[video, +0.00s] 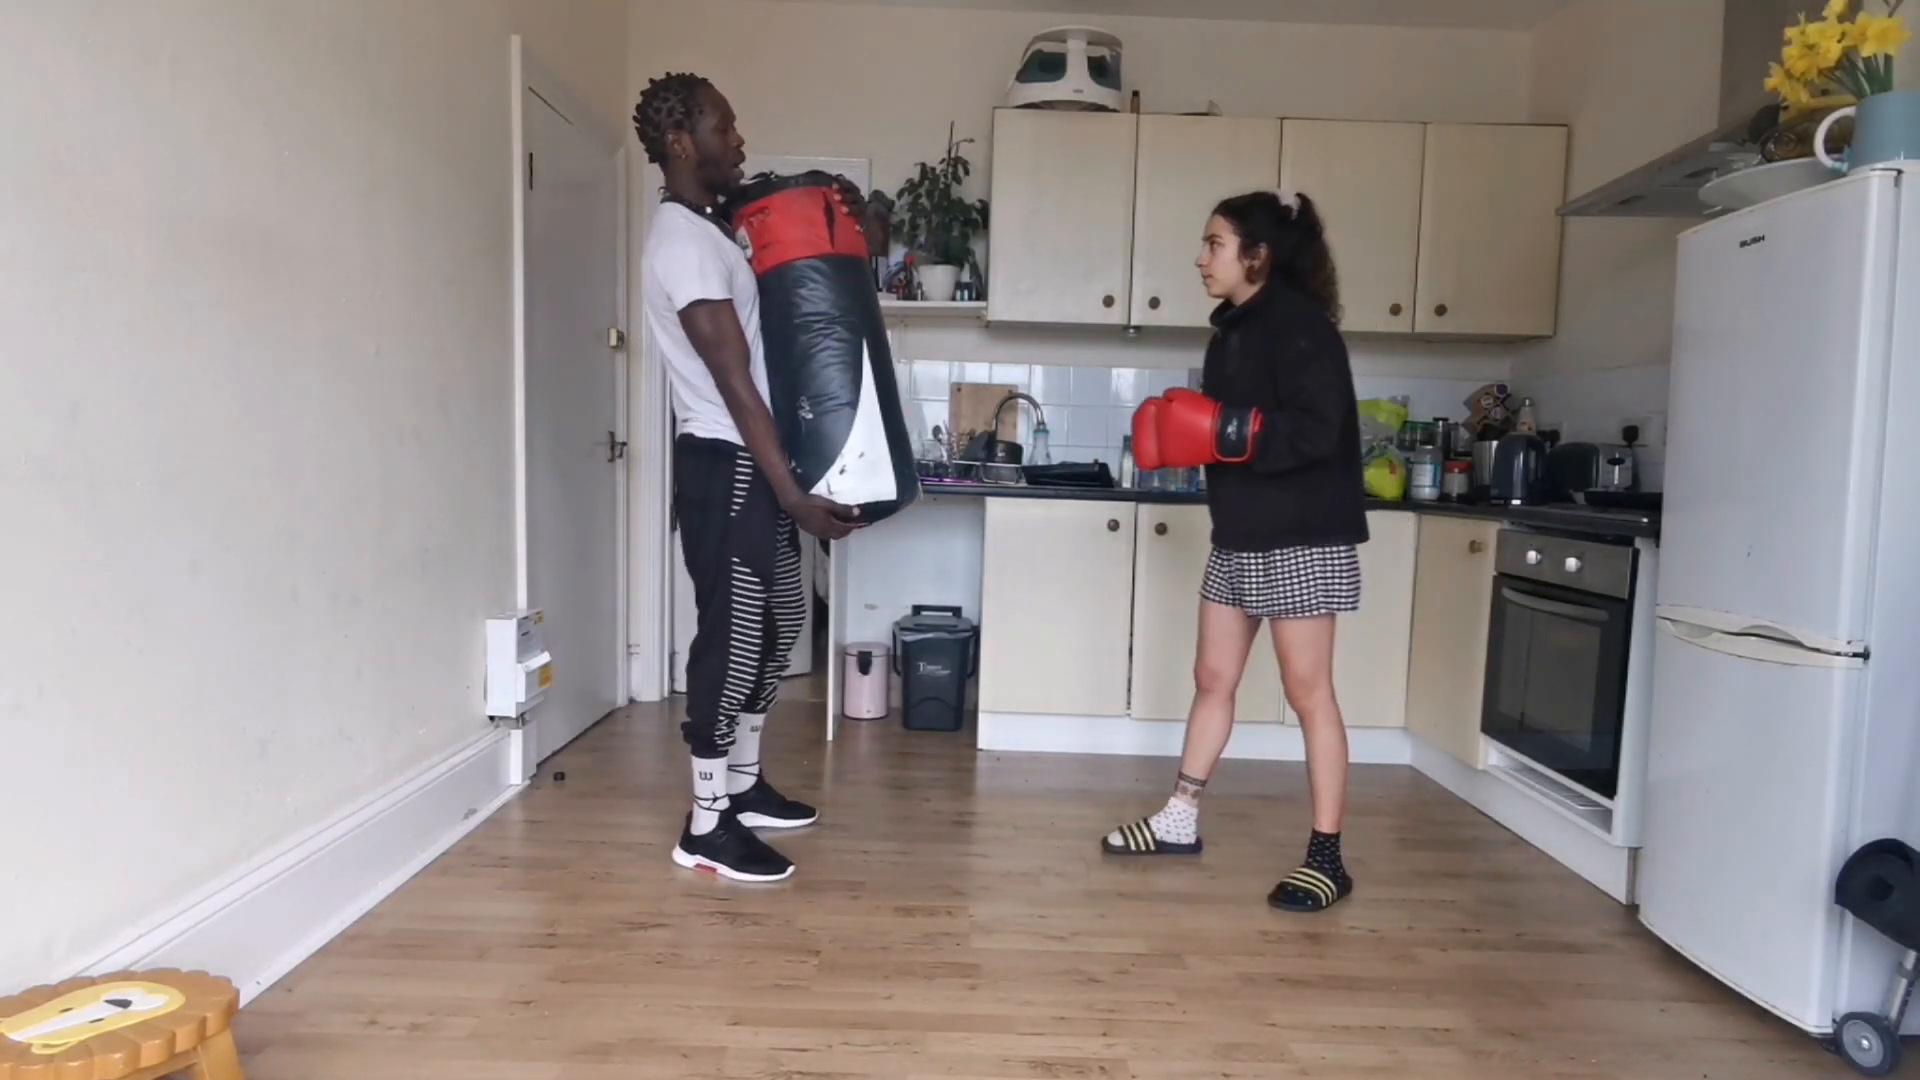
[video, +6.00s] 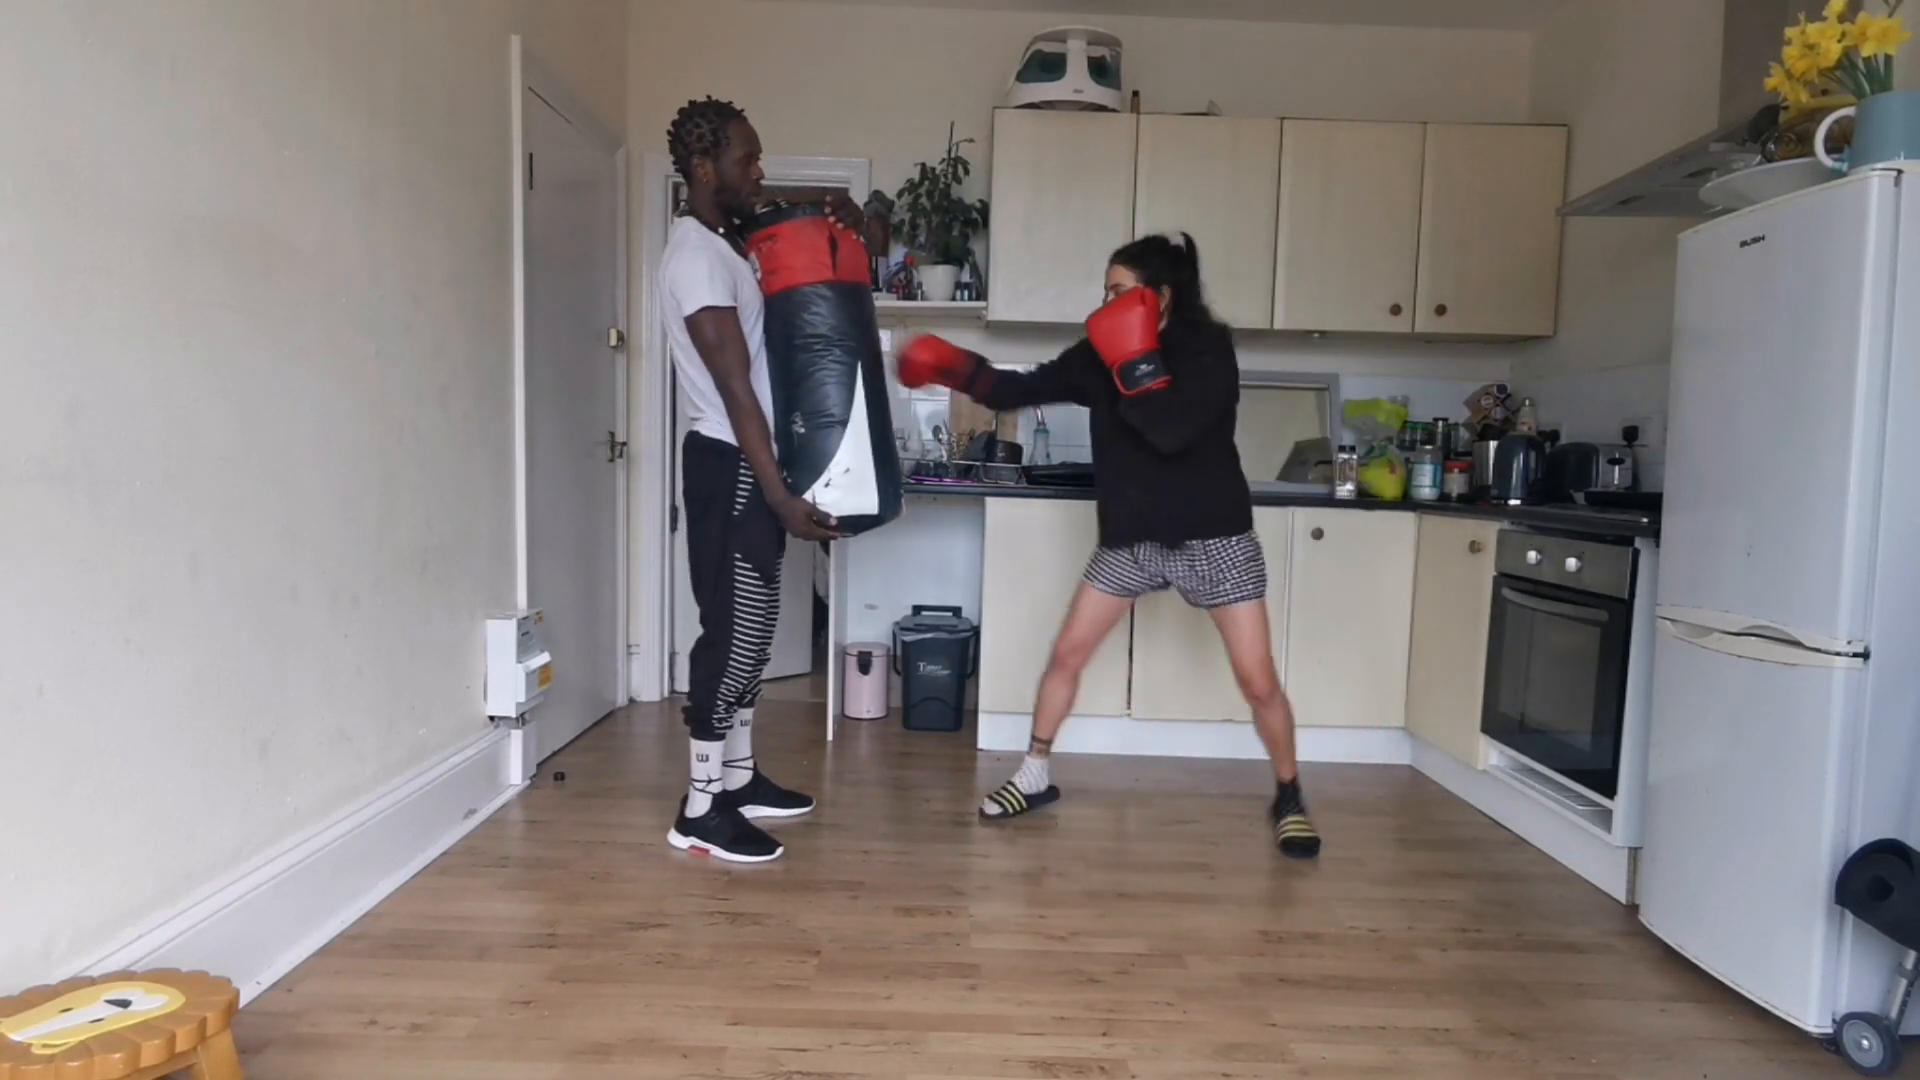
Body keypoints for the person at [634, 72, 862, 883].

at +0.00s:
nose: (741, 141)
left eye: (736, 126)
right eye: (724, 127)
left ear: (686, 142)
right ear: (677, 140)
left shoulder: (718, 231)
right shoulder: (683, 239)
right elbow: (732, 377)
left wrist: (842, 228)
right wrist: (793, 492)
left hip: (758, 453)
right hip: (721, 457)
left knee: (778, 620)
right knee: (733, 628)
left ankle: (741, 784)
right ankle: (707, 822)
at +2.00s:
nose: (723, 159)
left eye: (718, 145)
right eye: (707, 146)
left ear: (670, 159)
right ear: (664, 157)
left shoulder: (694, 240)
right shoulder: (662, 249)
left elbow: (744, 337)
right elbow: (708, 381)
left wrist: (766, 243)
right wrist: (759, 482)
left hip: (731, 452)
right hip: (706, 457)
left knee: (736, 617)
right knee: (729, 622)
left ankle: (722, 776)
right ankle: (709, 812)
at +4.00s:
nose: (741, 162)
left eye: (737, 148)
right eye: (726, 148)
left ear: (692, 159)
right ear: (683, 157)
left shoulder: (713, 239)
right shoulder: (677, 247)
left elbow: (785, 302)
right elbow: (721, 379)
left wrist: (820, 220)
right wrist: (770, 484)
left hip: (746, 451)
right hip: (719, 455)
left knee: (738, 620)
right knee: (732, 623)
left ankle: (726, 774)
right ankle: (703, 804)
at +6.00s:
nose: (761, 171)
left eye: (759, 158)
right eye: (748, 158)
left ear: (712, 168)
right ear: (704, 165)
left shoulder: (730, 246)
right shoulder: (695, 252)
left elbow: (799, 321)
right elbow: (733, 386)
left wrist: (843, 234)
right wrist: (780, 491)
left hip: (755, 454)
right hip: (725, 458)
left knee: (753, 623)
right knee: (735, 627)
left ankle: (738, 776)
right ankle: (702, 803)